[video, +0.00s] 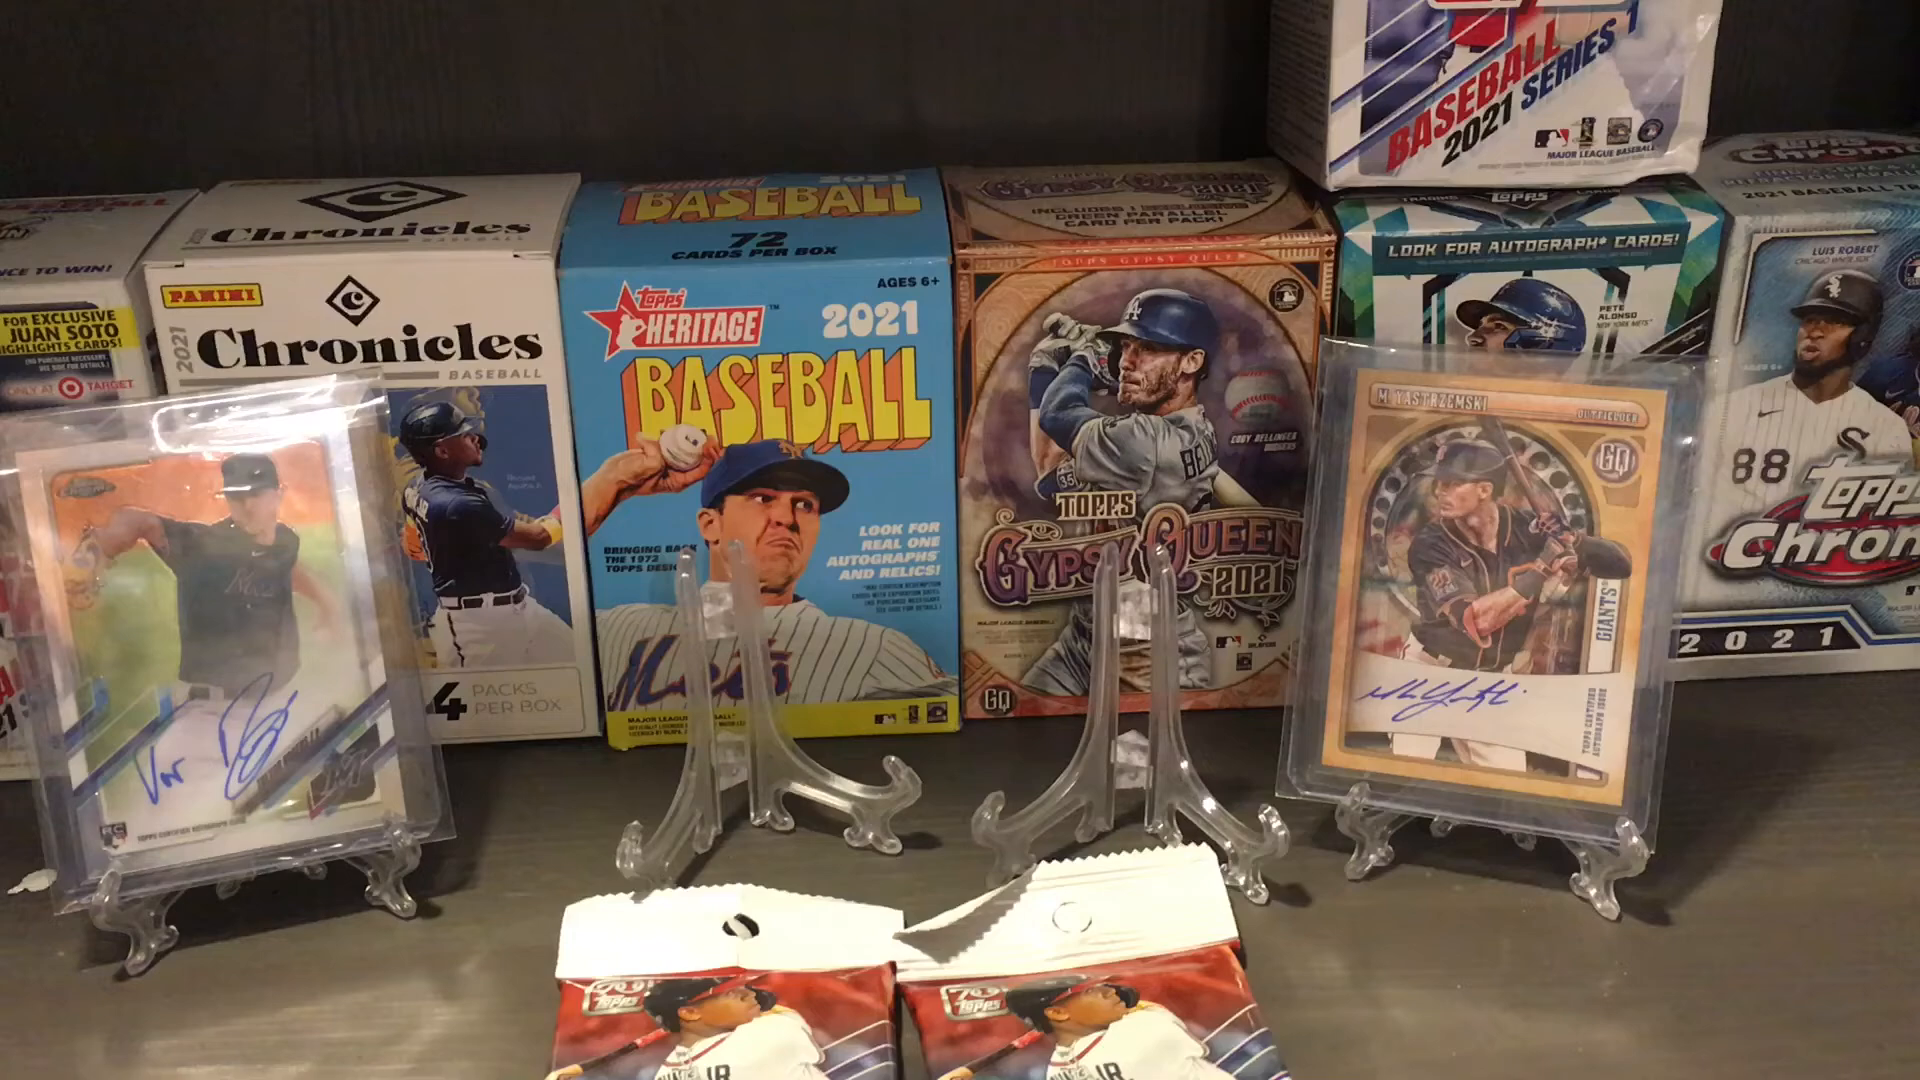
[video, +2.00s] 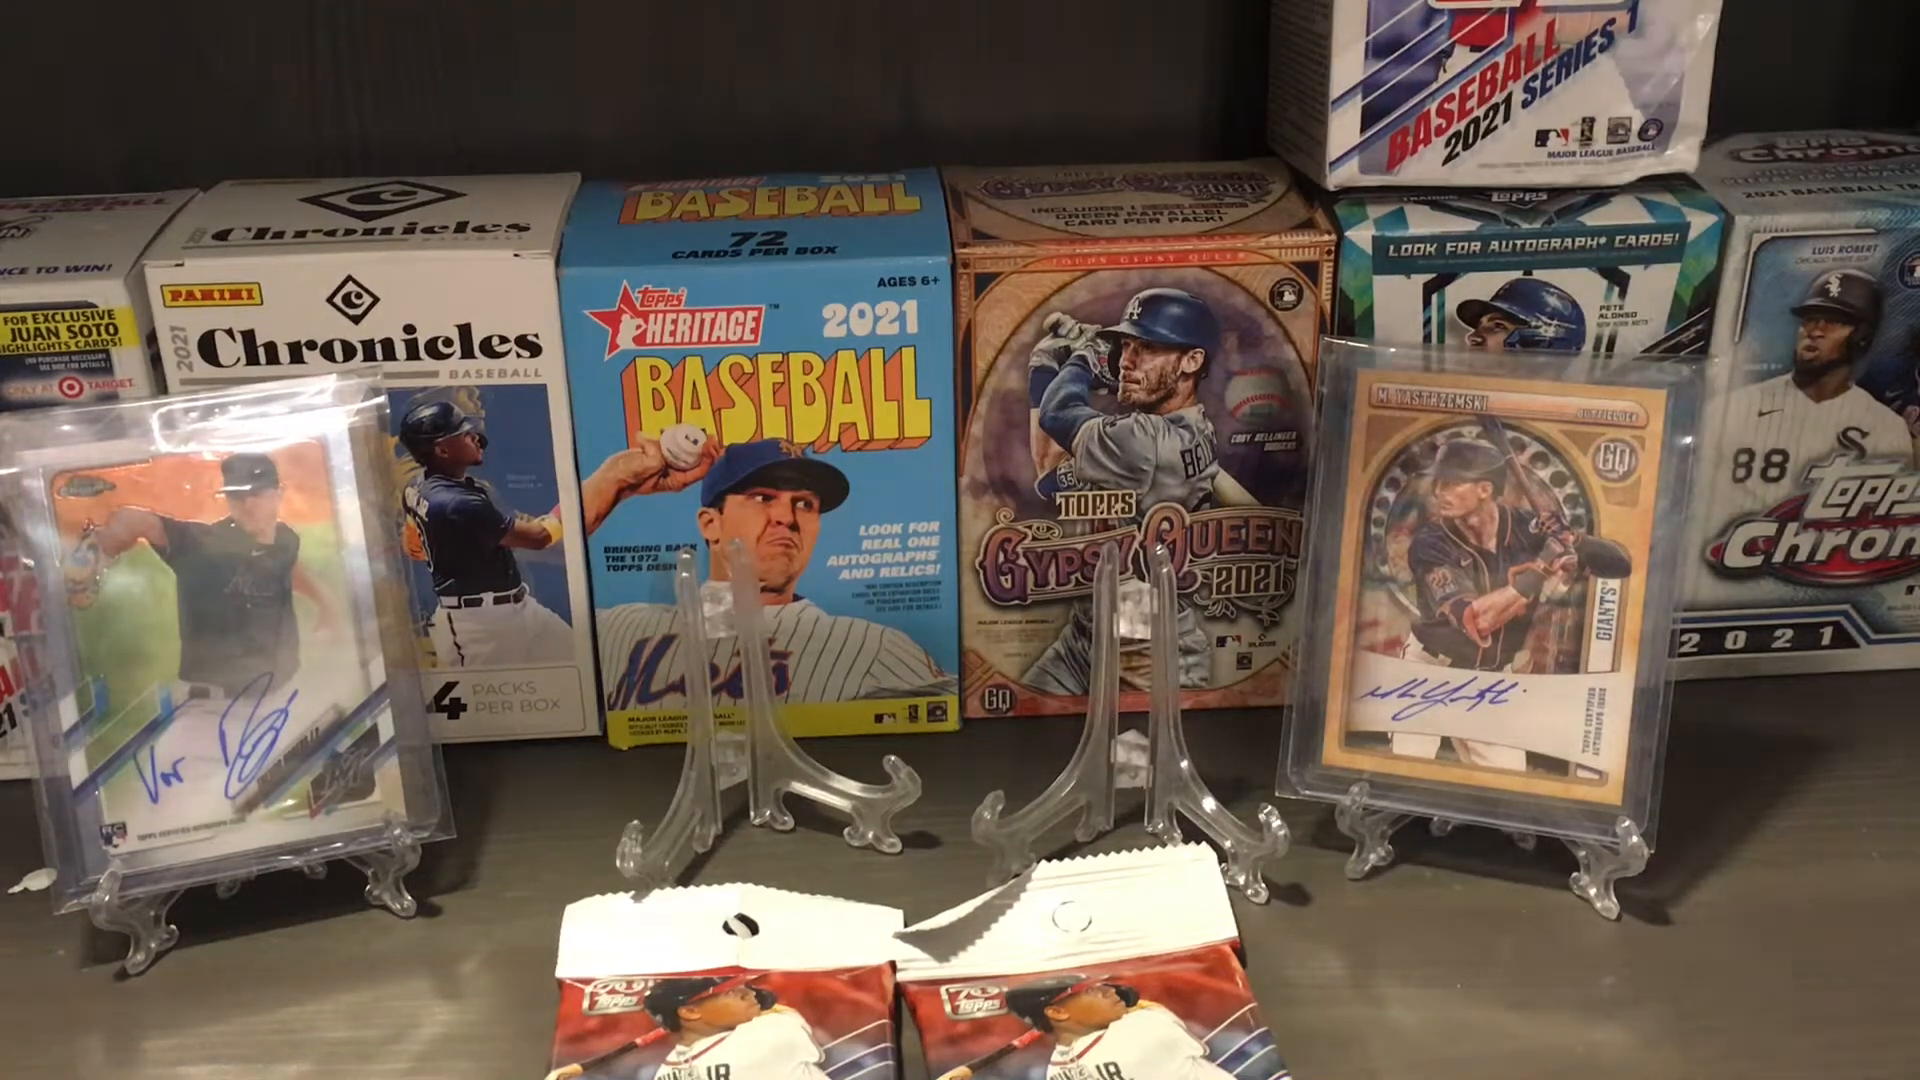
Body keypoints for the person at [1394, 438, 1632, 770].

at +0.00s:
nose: (1440, 492)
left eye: (1452, 484)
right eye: (1439, 483)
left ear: (1484, 491)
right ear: (1436, 487)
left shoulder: (1527, 529)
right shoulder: (1430, 542)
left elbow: (1622, 563)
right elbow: (1473, 621)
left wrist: (1576, 548)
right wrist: (1539, 572)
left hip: (1497, 677)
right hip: (1430, 670)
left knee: (1509, 789)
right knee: (1410, 775)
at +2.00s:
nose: (1440, 493)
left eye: (1452, 485)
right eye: (1439, 483)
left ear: (1484, 491)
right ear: (1435, 484)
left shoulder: (1527, 528)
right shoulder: (1431, 539)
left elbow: (1622, 563)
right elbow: (1471, 620)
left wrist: (1573, 546)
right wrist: (1535, 575)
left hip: (1496, 676)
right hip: (1429, 667)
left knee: (1508, 786)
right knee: (1413, 769)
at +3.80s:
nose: (1439, 492)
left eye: (1451, 484)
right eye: (1439, 483)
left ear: (1484, 491)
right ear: (1435, 486)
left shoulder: (1527, 529)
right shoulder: (1430, 540)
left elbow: (1621, 563)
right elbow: (1472, 621)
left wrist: (1574, 550)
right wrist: (1537, 574)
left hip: (1495, 677)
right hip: (1429, 669)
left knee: (1509, 788)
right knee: (1412, 773)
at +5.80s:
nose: (1439, 493)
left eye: (1451, 485)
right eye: (1439, 484)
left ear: (1484, 491)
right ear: (1435, 486)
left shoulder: (1526, 528)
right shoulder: (1430, 541)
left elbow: (1622, 563)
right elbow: (1474, 623)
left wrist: (1577, 551)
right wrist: (1539, 571)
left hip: (1495, 676)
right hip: (1429, 670)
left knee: (1509, 792)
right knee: (1410, 775)